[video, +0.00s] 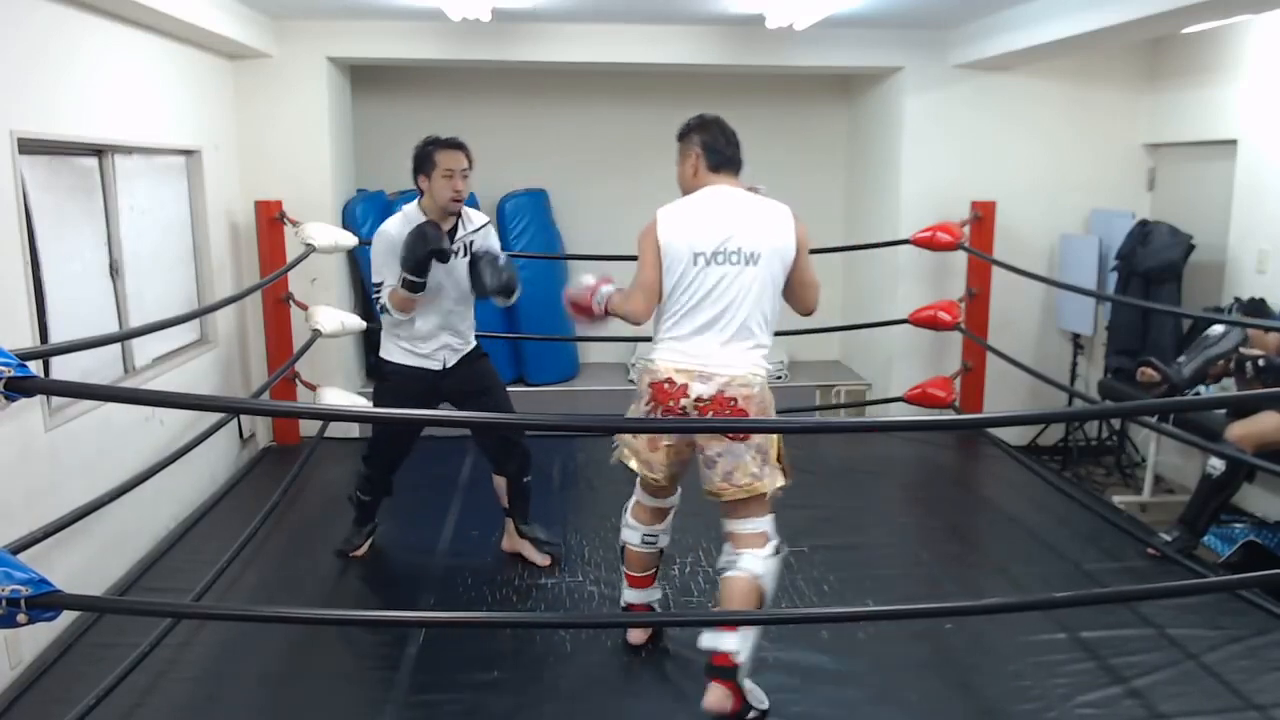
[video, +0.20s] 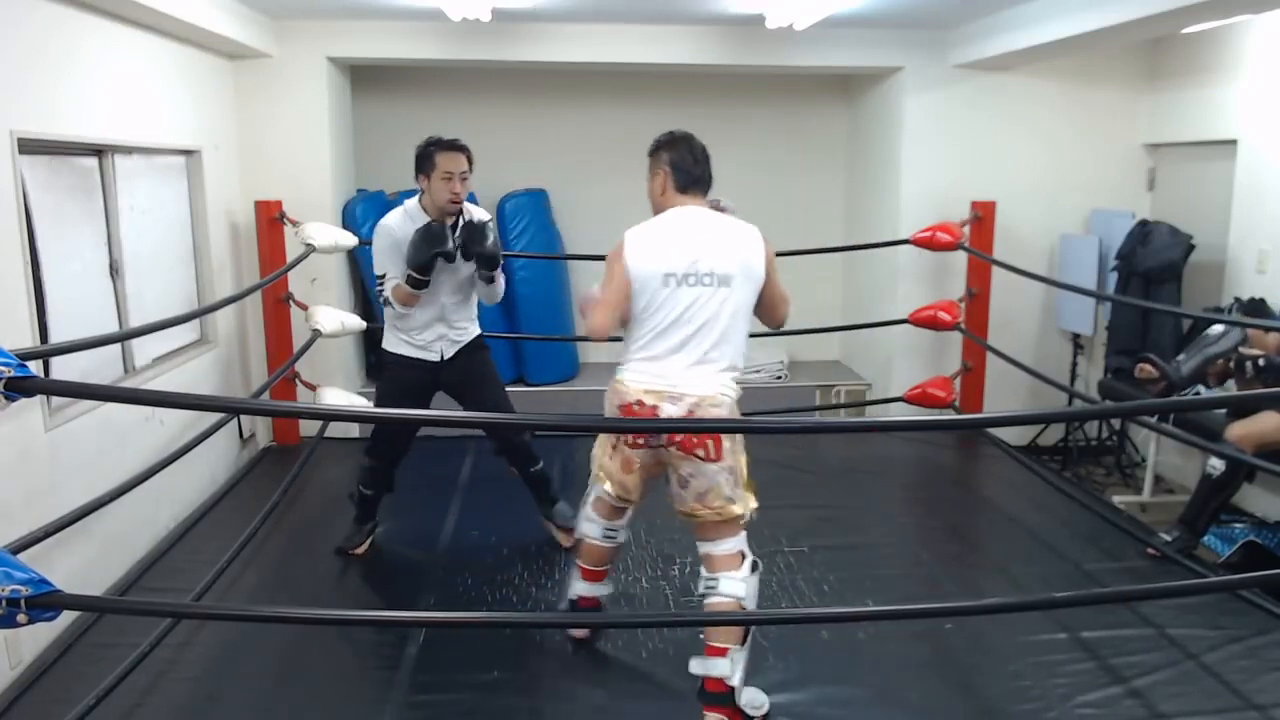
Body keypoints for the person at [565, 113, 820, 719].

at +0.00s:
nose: (678, 173)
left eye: (679, 163)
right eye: (679, 164)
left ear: (694, 160)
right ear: (736, 161)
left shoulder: (665, 221)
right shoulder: (781, 218)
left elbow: (640, 308)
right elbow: (806, 300)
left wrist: (603, 297)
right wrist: (757, 255)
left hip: (668, 389)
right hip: (741, 395)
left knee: (651, 501)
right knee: (750, 535)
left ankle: (638, 620)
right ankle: (725, 673)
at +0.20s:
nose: (648, 188)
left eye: (650, 178)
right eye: (651, 178)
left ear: (664, 179)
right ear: (706, 181)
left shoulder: (635, 243)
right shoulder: (750, 240)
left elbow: (602, 324)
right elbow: (775, 312)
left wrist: (595, 306)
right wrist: (732, 262)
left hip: (636, 408)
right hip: (709, 415)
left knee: (608, 501)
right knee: (724, 554)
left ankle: (582, 612)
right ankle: (719, 694)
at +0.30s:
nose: (626, 178)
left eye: (628, 169)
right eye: (631, 169)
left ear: (638, 170)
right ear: (684, 173)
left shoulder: (606, 227)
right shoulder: (723, 229)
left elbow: (542, 281)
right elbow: (758, 307)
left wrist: (559, 243)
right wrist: (723, 242)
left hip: (610, 395)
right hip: (681, 402)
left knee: (583, 496)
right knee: (702, 547)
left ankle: (546, 607)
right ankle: (710, 692)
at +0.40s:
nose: (607, 170)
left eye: (607, 162)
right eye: (609, 164)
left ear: (614, 164)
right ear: (665, 171)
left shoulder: (584, 213)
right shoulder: (690, 225)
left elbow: (539, 215)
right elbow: (734, 298)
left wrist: (524, 196)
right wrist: (715, 228)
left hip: (576, 385)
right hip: (642, 394)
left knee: (569, 501)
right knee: (672, 528)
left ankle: (546, 615)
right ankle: (664, 670)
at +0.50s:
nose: (591, 168)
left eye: (592, 161)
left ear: (599, 162)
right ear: (650, 166)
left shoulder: (570, 209)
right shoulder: (672, 219)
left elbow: (541, 248)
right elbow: (706, 304)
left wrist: (596, 227)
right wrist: (700, 239)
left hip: (550, 374)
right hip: (612, 388)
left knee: (563, 477)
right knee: (632, 523)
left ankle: (537, 591)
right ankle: (585, 652)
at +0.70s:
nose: (575, 185)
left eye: (575, 178)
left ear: (578, 181)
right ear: (629, 188)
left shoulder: (540, 234)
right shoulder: (640, 248)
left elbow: (491, 292)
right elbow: (671, 330)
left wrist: (537, 268)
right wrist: (684, 289)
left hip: (525, 384)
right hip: (575, 402)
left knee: (546, 475)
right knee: (617, 523)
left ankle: (516, 575)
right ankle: (570, 645)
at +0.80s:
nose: (567, 183)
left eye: (567, 176)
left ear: (568, 181)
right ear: (621, 187)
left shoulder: (535, 228)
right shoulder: (635, 248)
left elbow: (473, 274)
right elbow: (664, 330)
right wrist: (674, 286)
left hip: (515, 382)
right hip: (568, 401)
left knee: (543, 458)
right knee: (609, 526)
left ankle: (524, 547)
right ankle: (569, 646)